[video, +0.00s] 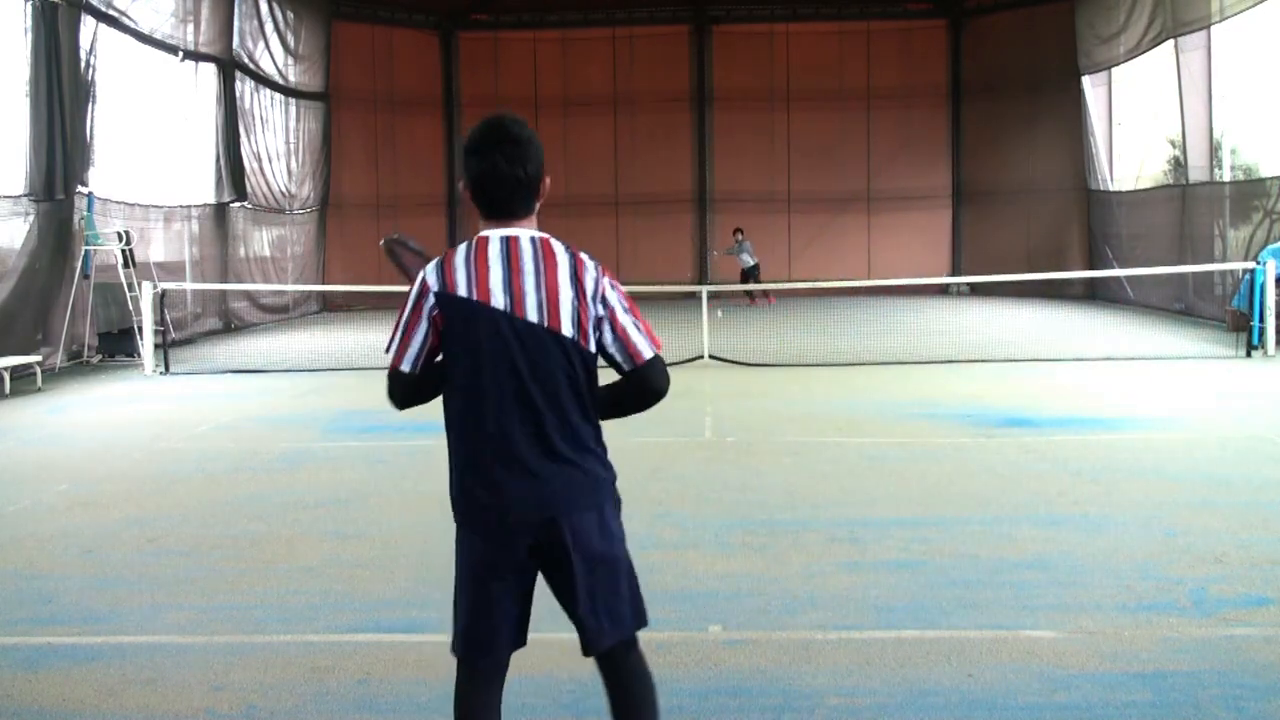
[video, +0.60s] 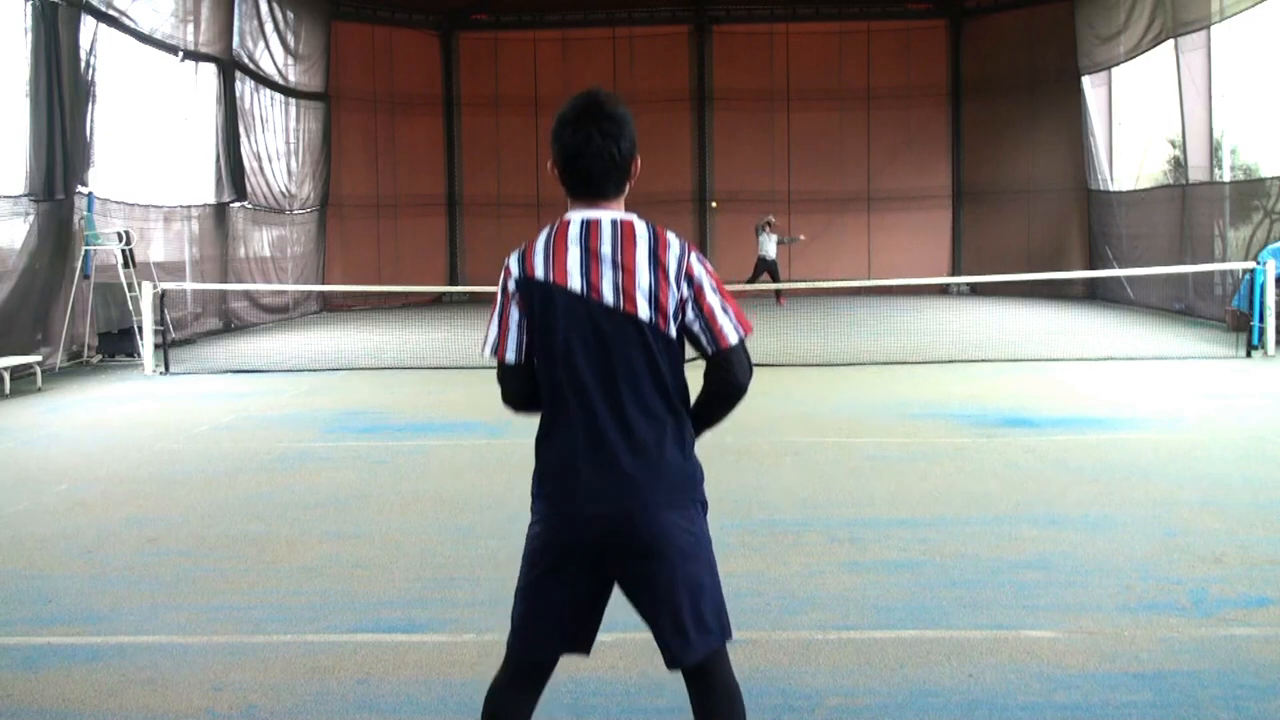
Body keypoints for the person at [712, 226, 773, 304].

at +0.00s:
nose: (737, 237)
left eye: (739, 234)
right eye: (736, 235)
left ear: (742, 235)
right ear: (734, 236)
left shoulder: (745, 244)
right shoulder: (736, 247)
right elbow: (730, 252)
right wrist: (720, 253)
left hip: (753, 265)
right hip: (745, 268)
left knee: (757, 282)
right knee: (743, 286)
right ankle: (752, 299)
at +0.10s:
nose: (740, 238)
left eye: (742, 235)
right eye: (738, 236)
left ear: (745, 236)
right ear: (736, 237)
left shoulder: (748, 244)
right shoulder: (740, 247)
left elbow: (736, 252)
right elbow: (738, 256)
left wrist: (726, 256)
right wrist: (730, 259)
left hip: (756, 266)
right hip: (747, 269)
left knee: (761, 283)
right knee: (745, 286)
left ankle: (776, 295)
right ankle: (753, 299)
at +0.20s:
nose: (744, 236)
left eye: (745, 233)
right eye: (742, 234)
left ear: (748, 234)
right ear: (740, 235)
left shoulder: (753, 242)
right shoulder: (742, 246)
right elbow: (741, 257)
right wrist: (733, 262)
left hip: (759, 265)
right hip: (749, 268)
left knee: (765, 282)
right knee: (746, 284)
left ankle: (777, 296)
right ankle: (753, 299)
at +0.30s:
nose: (748, 231)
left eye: (749, 228)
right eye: (746, 229)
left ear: (753, 229)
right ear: (745, 230)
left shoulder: (757, 237)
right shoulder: (746, 241)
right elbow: (743, 252)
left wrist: (757, 232)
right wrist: (736, 255)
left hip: (761, 260)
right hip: (751, 263)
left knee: (769, 279)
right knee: (750, 283)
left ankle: (777, 296)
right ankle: (754, 300)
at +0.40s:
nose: (754, 225)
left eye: (756, 223)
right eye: (752, 224)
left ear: (759, 224)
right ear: (750, 225)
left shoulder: (764, 232)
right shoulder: (749, 235)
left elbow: (767, 230)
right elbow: (746, 242)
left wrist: (764, 225)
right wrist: (744, 237)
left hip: (765, 255)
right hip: (754, 257)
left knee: (772, 276)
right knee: (752, 278)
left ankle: (778, 294)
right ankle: (751, 296)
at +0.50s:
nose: (762, 224)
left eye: (763, 222)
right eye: (760, 222)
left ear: (765, 223)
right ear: (757, 223)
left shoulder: (770, 232)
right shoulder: (755, 232)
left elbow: (779, 232)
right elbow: (753, 228)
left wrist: (786, 229)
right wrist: (763, 220)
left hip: (768, 255)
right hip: (758, 255)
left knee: (775, 276)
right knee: (752, 276)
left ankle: (779, 293)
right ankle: (747, 293)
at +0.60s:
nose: (766, 228)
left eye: (767, 226)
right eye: (765, 227)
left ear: (770, 228)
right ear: (763, 228)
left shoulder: (774, 237)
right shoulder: (761, 235)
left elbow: (785, 239)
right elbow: (758, 227)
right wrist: (767, 220)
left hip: (772, 260)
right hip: (762, 259)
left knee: (777, 281)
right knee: (754, 278)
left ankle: (779, 299)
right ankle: (742, 289)